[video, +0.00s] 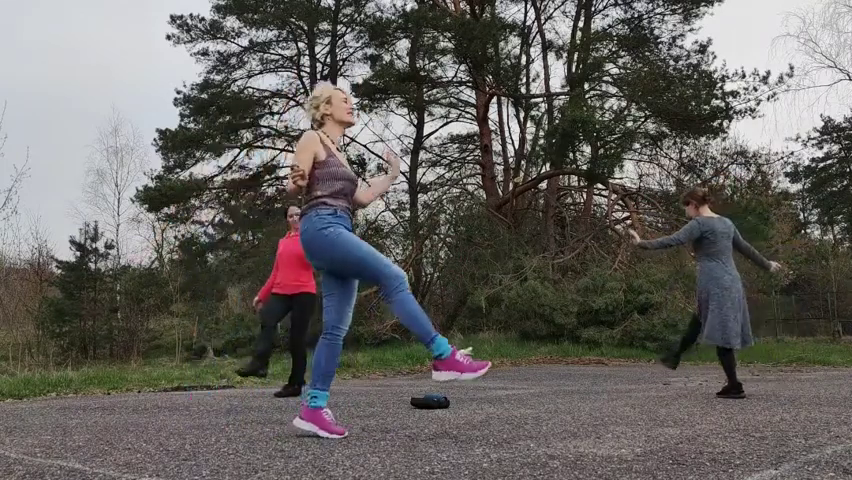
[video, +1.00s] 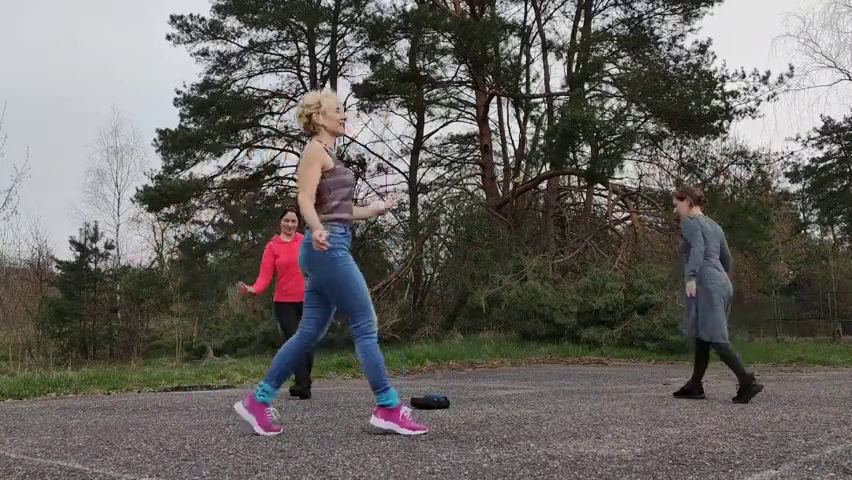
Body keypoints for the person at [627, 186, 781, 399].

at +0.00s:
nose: (686, 212)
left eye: (687, 208)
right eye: (686, 209)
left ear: (694, 205)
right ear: (706, 203)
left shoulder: (698, 223)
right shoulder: (726, 223)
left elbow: (674, 240)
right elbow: (745, 248)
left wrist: (642, 243)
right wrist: (767, 264)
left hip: (713, 283)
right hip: (732, 282)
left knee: (722, 333)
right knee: (699, 321)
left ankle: (733, 384)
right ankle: (674, 357)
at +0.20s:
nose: (677, 213)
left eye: (678, 209)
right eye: (676, 209)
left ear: (686, 206)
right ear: (695, 206)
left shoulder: (691, 224)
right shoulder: (714, 226)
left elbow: (668, 239)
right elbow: (729, 250)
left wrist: (636, 240)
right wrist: (747, 265)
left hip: (703, 285)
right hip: (715, 283)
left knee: (713, 334)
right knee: (697, 333)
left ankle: (733, 383)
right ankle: (694, 383)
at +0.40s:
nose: (665, 213)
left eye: (666, 208)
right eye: (664, 209)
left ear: (676, 205)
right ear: (683, 206)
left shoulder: (683, 223)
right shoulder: (700, 225)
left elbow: (667, 245)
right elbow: (709, 255)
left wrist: (642, 257)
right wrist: (717, 275)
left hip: (693, 282)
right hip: (702, 280)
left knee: (693, 335)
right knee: (693, 335)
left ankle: (726, 379)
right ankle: (693, 384)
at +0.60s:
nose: (662, 213)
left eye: (663, 208)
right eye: (661, 209)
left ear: (673, 205)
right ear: (677, 206)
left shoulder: (681, 224)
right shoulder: (694, 225)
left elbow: (682, 253)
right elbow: (698, 256)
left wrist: (676, 278)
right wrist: (687, 278)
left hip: (694, 283)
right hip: (701, 281)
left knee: (681, 332)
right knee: (691, 333)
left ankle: (727, 362)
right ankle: (693, 383)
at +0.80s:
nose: (666, 211)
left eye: (667, 206)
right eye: (665, 206)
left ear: (678, 203)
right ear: (681, 204)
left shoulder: (686, 225)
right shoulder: (698, 224)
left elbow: (698, 254)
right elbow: (700, 255)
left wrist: (701, 280)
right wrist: (684, 284)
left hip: (696, 285)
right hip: (701, 284)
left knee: (695, 334)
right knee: (691, 334)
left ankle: (736, 357)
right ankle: (693, 384)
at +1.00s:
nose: (675, 209)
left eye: (677, 205)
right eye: (674, 205)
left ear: (688, 202)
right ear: (692, 203)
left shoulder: (690, 222)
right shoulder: (714, 225)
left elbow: (698, 248)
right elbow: (725, 258)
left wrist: (690, 277)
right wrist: (722, 278)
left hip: (708, 283)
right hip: (722, 282)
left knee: (716, 337)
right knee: (703, 335)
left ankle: (746, 381)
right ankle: (695, 384)